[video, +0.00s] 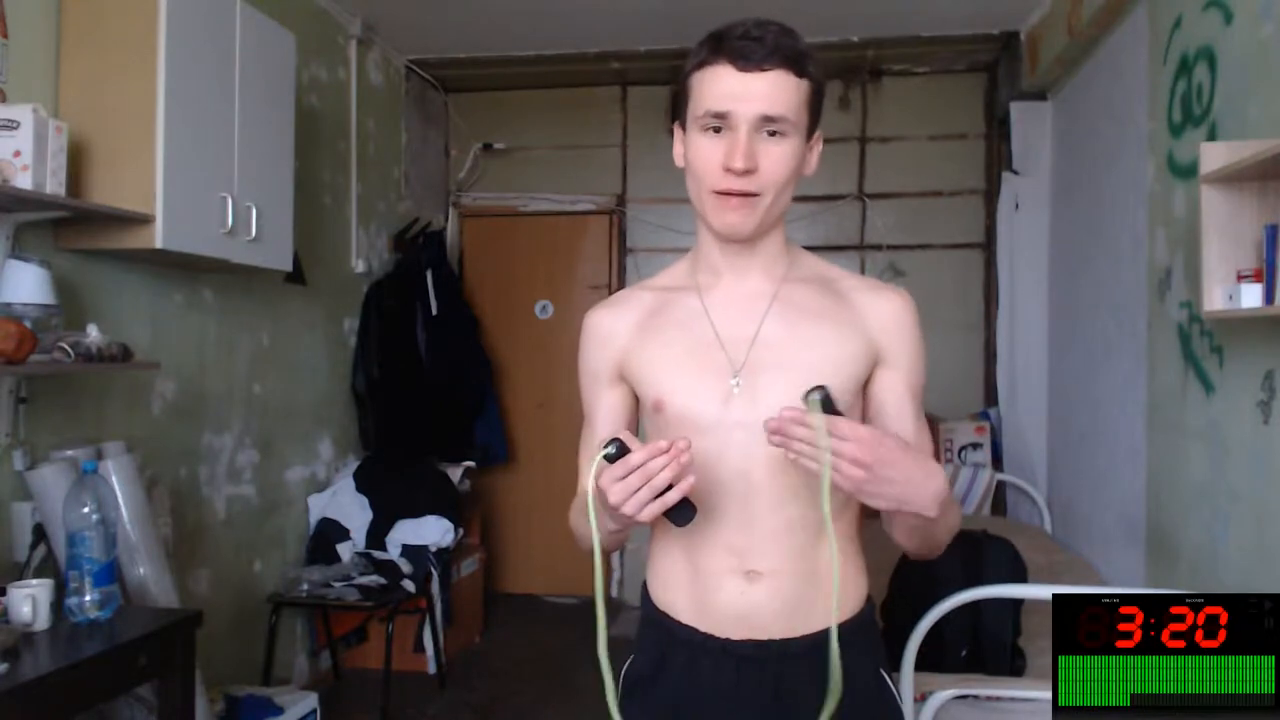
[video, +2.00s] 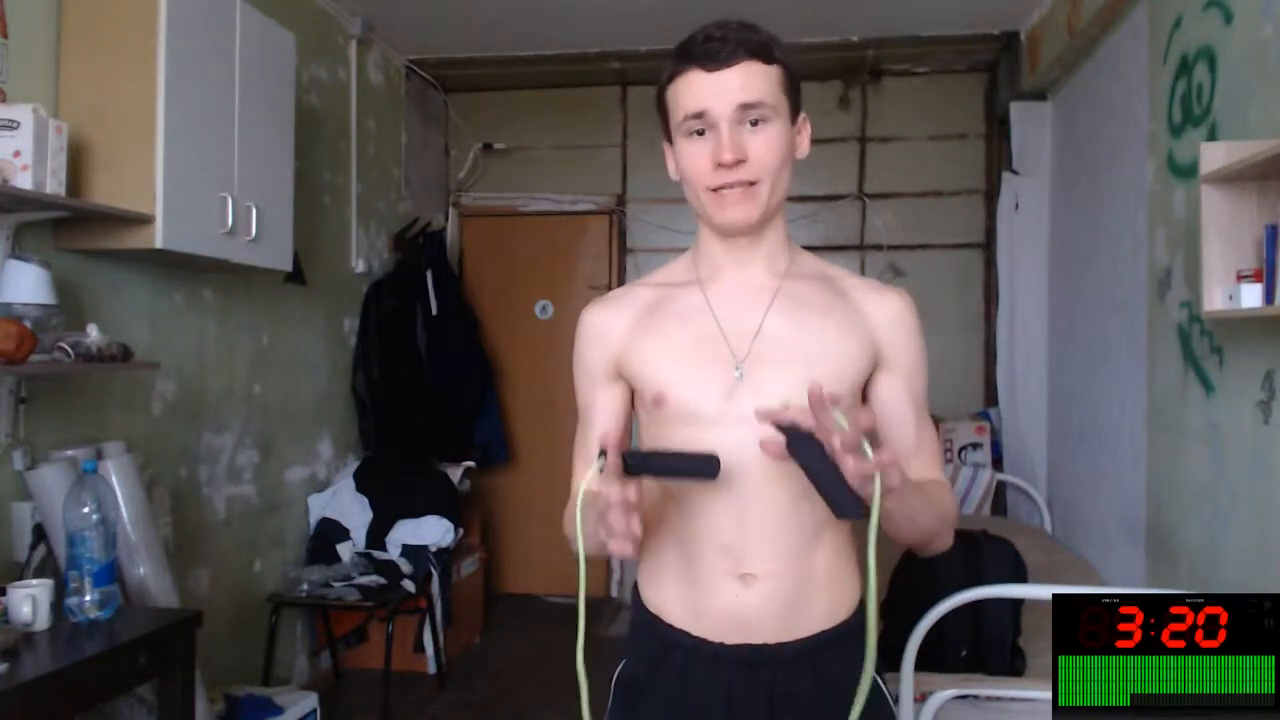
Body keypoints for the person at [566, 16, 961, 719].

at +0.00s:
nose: (739, 159)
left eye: (772, 132)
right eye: (716, 128)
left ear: (810, 155)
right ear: (679, 145)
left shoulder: (878, 314)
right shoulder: (618, 327)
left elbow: (924, 542)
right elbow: (590, 527)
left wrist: (932, 496)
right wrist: (611, 514)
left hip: (835, 671)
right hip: (678, 668)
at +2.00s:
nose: (728, 152)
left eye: (753, 121)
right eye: (699, 129)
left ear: (799, 139)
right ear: (670, 159)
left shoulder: (879, 314)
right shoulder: (613, 324)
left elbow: (935, 530)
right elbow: (581, 514)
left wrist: (876, 482)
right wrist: (605, 516)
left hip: (828, 674)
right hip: (672, 672)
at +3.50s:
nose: (726, 124)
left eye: (755, 108)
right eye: (700, 105)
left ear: (789, 152)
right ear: (662, 147)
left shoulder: (868, 303)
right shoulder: (603, 327)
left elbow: (948, 517)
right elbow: (573, 506)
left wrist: (833, 415)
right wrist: (602, 536)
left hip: (826, 669)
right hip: (671, 670)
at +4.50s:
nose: (721, 160)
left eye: (746, 128)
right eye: (692, 134)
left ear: (783, 145)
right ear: (654, 157)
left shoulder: (867, 313)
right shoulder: (605, 328)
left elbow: (932, 532)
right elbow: (585, 491)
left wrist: (888, 468)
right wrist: (591, 543)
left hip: (818, 671)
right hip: (664, 669)